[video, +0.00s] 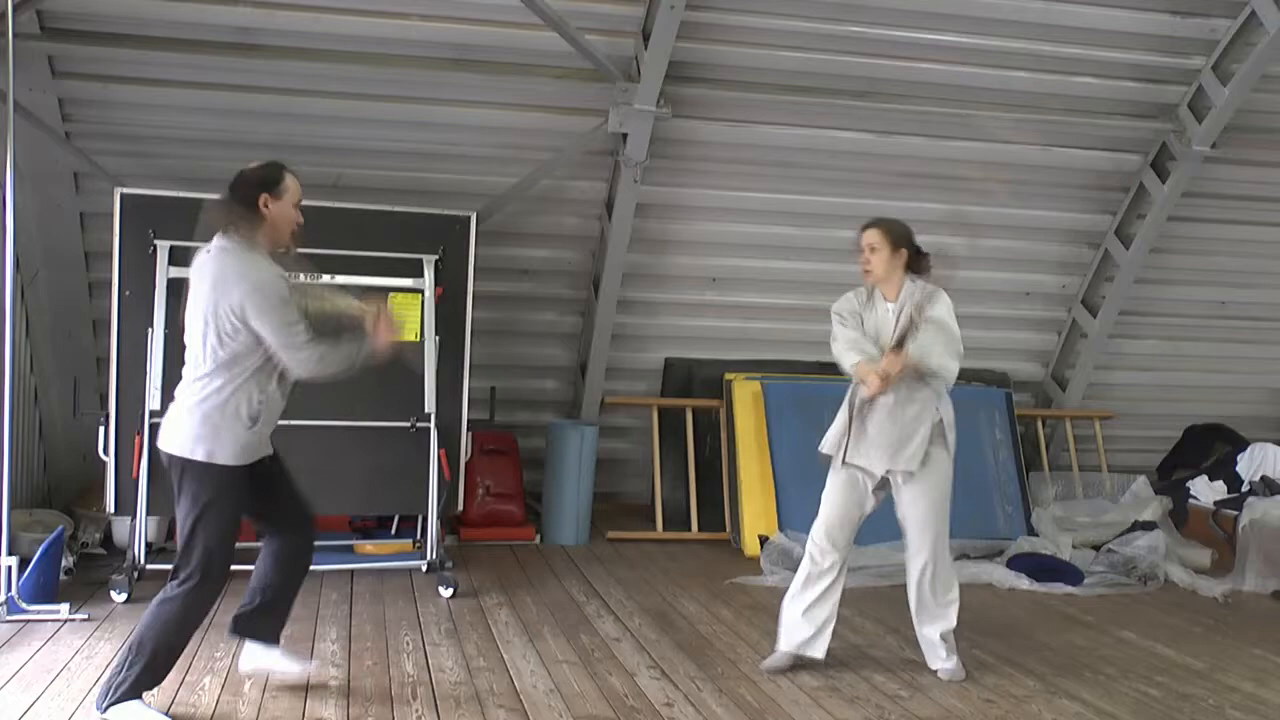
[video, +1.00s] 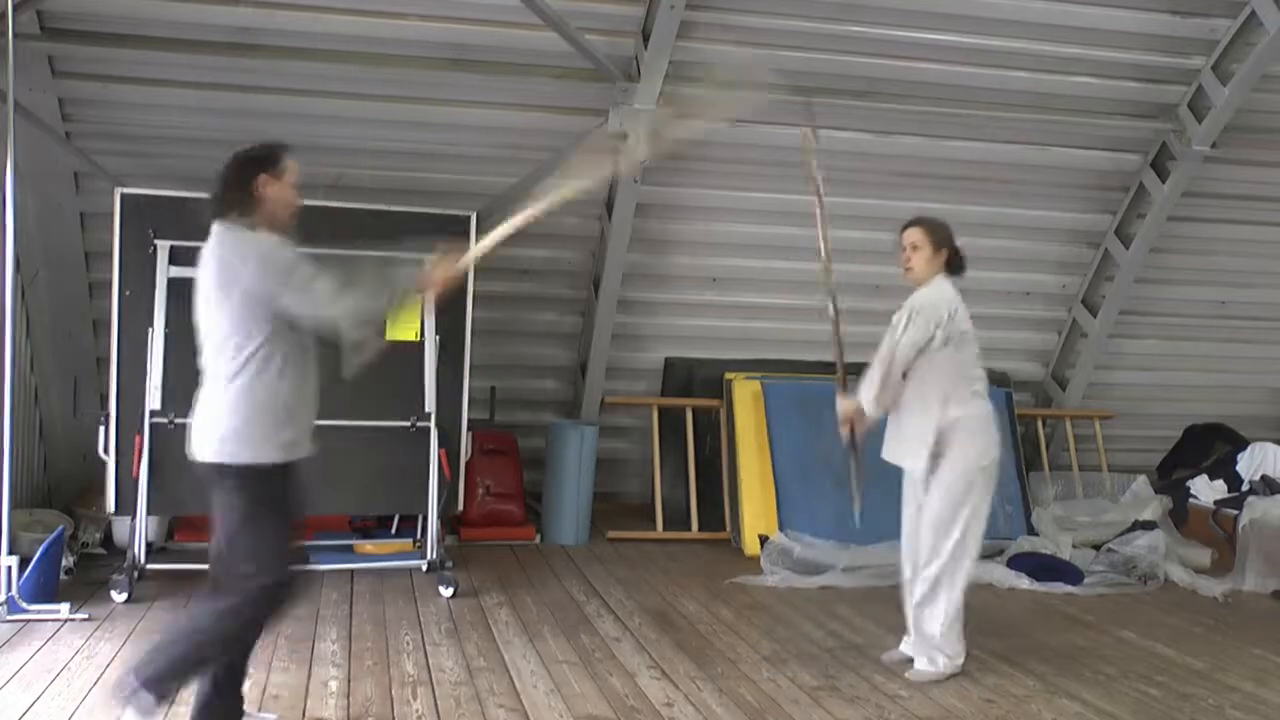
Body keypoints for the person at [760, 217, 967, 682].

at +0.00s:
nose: (863, 259)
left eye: (873, 250)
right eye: (862, 251)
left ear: (902, 255)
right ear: (862, 258)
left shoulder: (933, 301)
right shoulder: (850, 304)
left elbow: (946, 356)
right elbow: (845, 346)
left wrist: (903, 361)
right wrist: (866, 370)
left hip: (921, 437)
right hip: (861, 434)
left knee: (928, 548)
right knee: (826, 539)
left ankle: (941, 649)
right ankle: (795, 643)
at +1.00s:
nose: (905, 257)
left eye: (914, 249)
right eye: (903, 250)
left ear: (942, 255)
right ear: (907, 258)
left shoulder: (937, 300)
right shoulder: (921, 302)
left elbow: (894, 360)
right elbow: (895, 368)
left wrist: (862, 405)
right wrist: (862, 409)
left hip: (963, 442)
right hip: (928, 441)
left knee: (941, 543)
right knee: (918, 542)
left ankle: (942, 652)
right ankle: (921, 638)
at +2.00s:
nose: (1038, 249)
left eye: (1046, 244)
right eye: (1033, 243)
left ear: (1062, 253)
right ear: (1018, 250)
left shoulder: (1075, 295)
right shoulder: (998, 296)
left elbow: (1094, 243)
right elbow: (1024, 249)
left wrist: (1061, 189)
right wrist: (1051, 192)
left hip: (1074, 434)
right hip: (1012, 435)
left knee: (1089, 551)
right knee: (1004, 547)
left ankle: (1090, 661)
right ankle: (1000, 651)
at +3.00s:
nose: (1121, 277)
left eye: (1131, 269)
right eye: (1119, 269)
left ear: (1159, 274)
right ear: (1115, 275)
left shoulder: (1177, 321)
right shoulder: (1111, 315)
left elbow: (1156, 373)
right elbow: (1059, 350)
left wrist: (1093, 356)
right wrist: (1065, 353)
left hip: (1187, 466)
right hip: (1137, 464)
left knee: (1177, 566)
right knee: (1153, 561)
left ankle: (1197, 672)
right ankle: (1230, 622)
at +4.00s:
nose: (987, 274)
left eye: (995, 265)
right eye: (986, 265)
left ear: (1023, 267)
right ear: (1012, 268)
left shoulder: (1035, 302)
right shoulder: (998, 315)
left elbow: (978, 326)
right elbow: (957, 377)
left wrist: (927, 330)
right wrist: (930, 349)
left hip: (1034, 449)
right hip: (1006, 449)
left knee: (983, 547)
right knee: (1023, 548)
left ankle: (982, 662)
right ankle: (1048, 637)